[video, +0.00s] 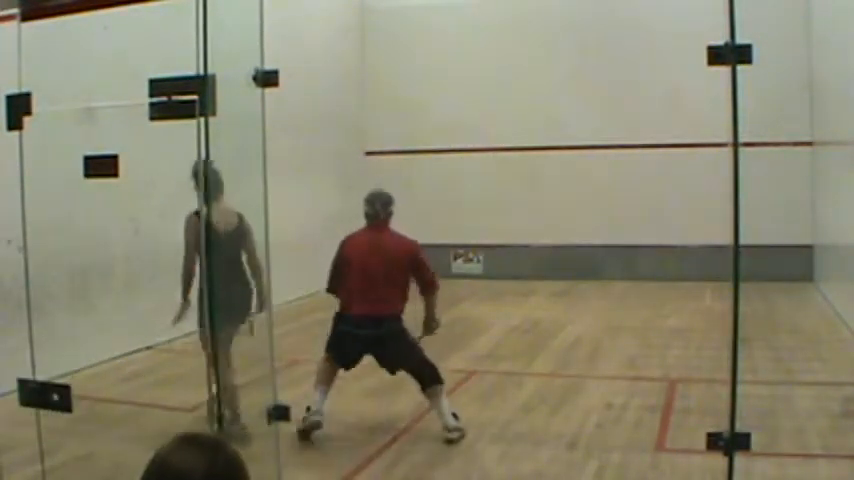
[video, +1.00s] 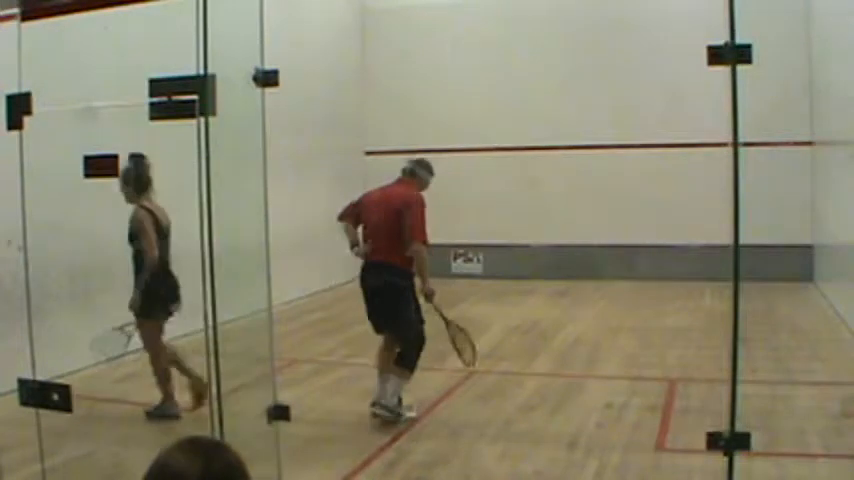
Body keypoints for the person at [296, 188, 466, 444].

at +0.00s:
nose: (372, 213)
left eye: (370, 208)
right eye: (383, 209)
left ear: (366, 212)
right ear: (391, 212)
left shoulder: (350, 243)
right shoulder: (407, 247)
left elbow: (334, 286)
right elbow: (428, 284)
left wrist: (358, 300)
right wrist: (430, 317)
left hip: (350, 327)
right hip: (389, 328)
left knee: (331, 360)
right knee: (425, 372)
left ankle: (315, 410)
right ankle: (449, 421)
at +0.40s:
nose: (371, 201)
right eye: (373, 197)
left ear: (350, 199)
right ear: (373, 199)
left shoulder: (332, 225)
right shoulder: (385, 227)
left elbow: (319, 267)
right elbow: (400, 269)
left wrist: (340, 284)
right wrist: (403, 303)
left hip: (336, 302)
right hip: (372, 300)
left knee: (331, 351)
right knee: (405, 349)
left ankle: (320, 405)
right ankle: (412, 404)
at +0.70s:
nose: (401, 192)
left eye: (394, 185)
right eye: (405, 188)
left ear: (384, 185)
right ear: (407, 187)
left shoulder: (362, 209)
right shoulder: (413, 215)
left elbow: (340, 247)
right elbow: (424, 259)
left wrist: (342, 282)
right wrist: (431, 295)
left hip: (357, 291)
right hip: (390, 294)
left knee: (357, 340)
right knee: (405, 349)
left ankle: (336, 393)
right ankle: (389, 407)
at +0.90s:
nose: (418, 183)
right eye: (420, 178)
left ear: (398, 172)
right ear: (421, 177)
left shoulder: (371, 194)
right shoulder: (417, 200)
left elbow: (344, 220)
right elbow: (423, 247)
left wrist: (346, 254)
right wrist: (431, 284)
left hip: (365, 274)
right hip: (394, 279)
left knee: (384, 335)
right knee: (406, 342)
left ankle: (377, 395)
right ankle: (389, 405)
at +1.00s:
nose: (425, 189)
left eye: (426, 184)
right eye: (425, 183)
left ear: (404, 174)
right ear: (419, 178)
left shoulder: (375, 195)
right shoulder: (413, 198)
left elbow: (347, 217)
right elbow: (416, 245)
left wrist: (355, 245)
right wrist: (426, 282)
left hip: (371, 271)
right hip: (396, 275)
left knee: (391, 335)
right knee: (413, 337)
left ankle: (382, 397)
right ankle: (391, 400)